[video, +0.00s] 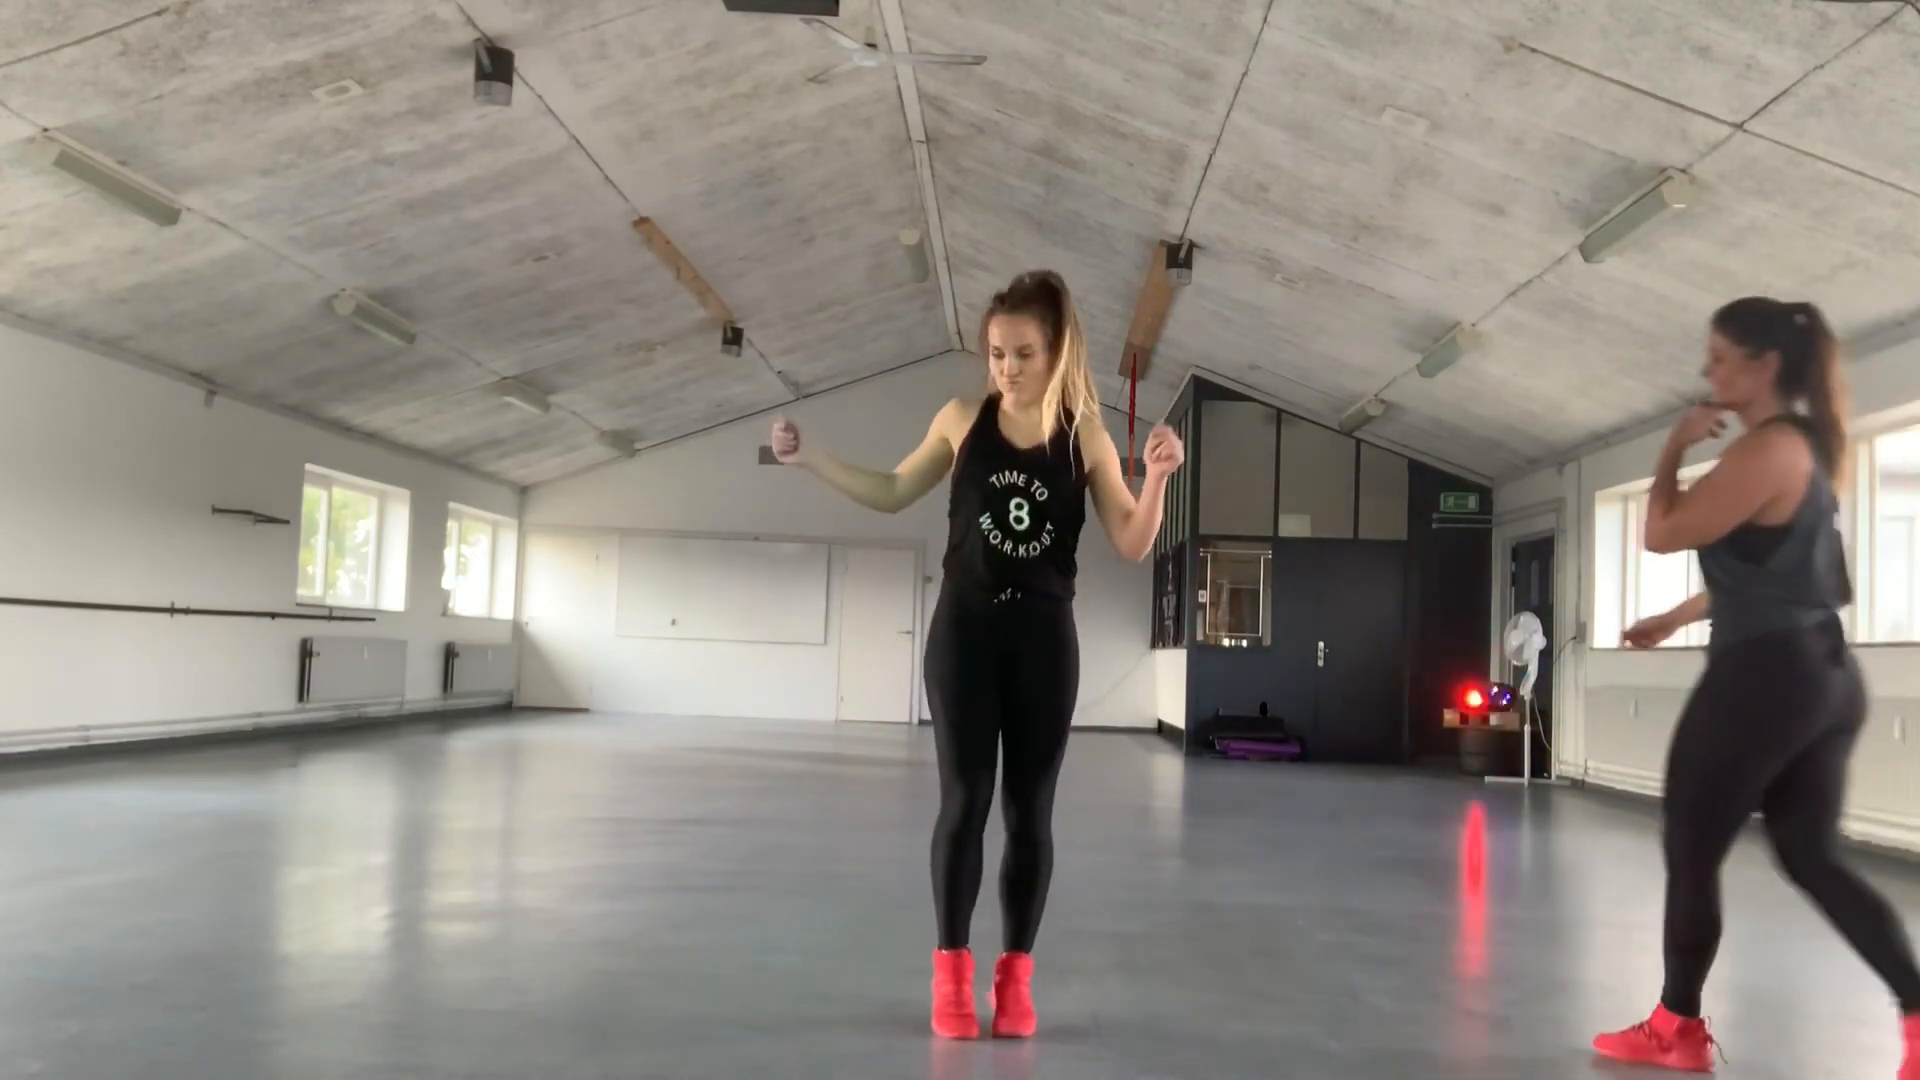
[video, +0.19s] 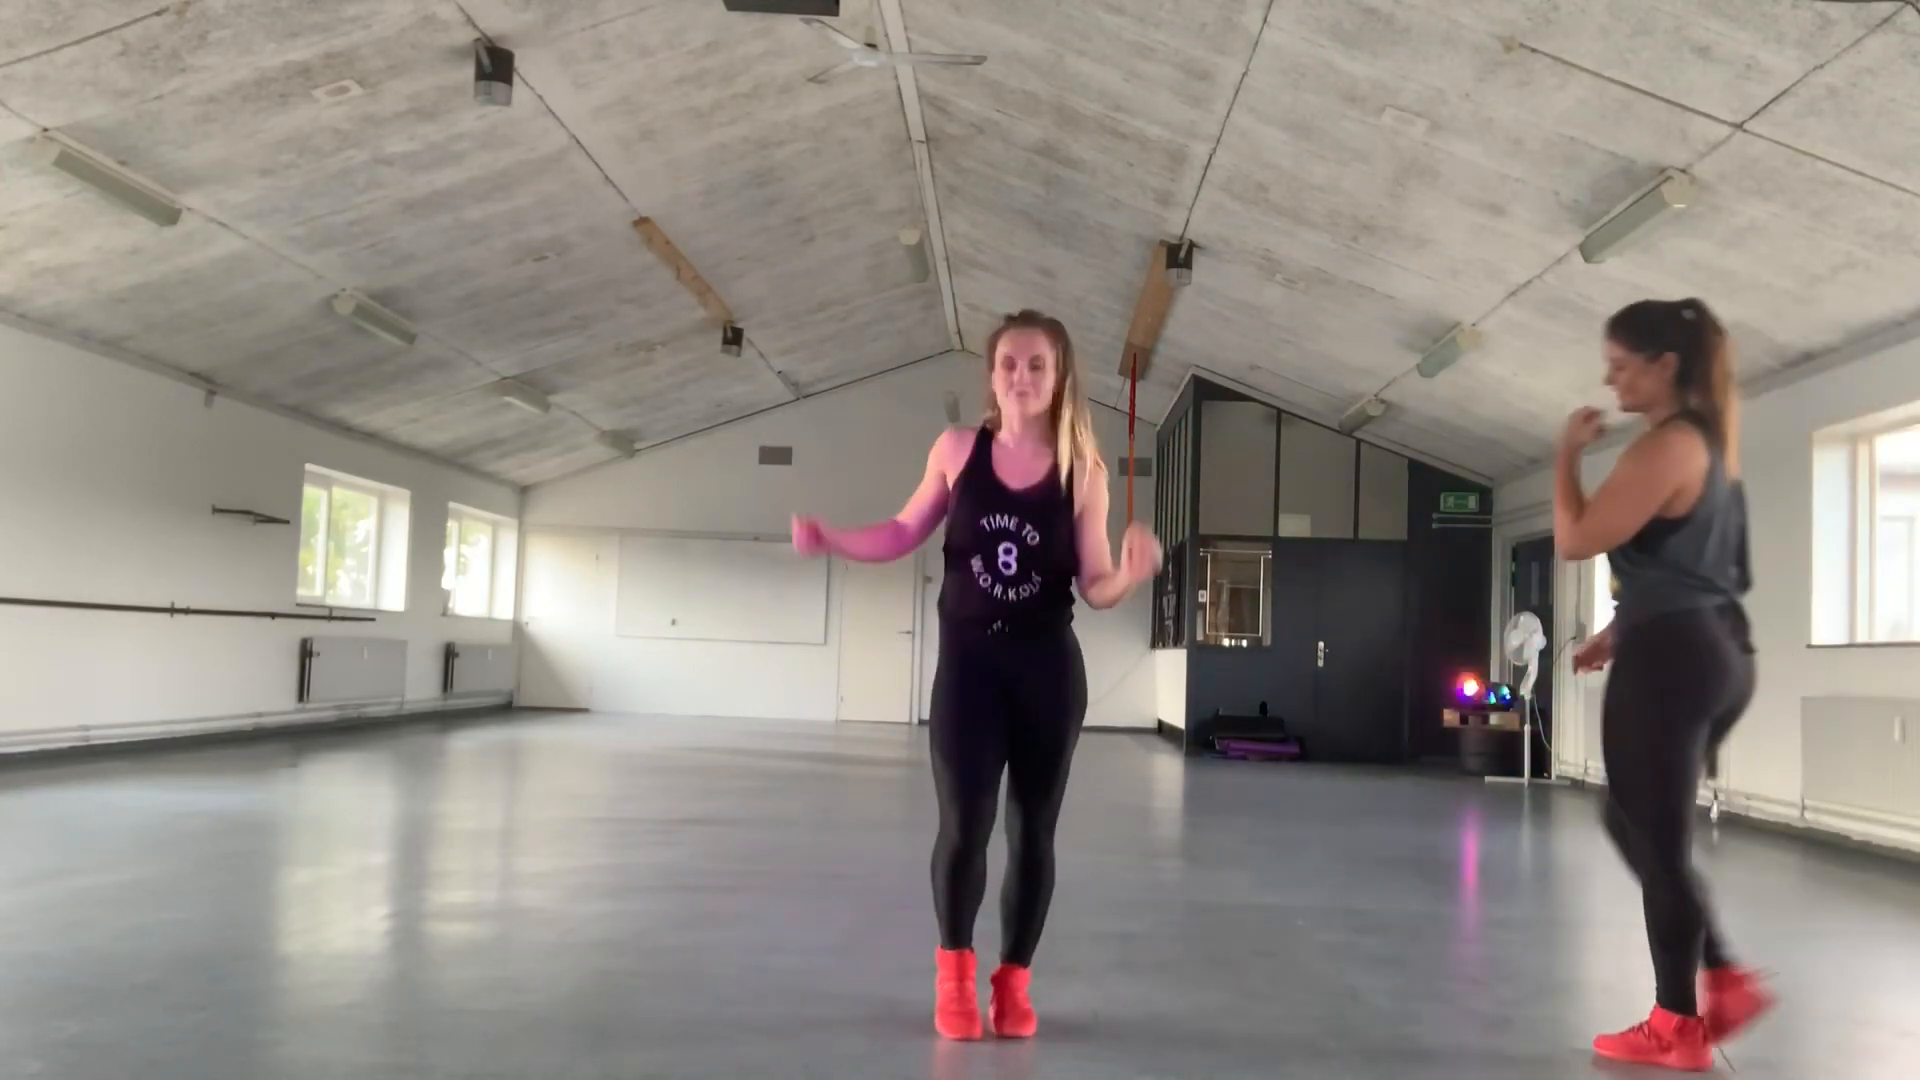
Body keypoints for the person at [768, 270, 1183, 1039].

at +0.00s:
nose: (1005, 369)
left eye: (1022, 353)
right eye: (994, 352)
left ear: (1059, 353)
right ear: (984, 351)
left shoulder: (1085, 432)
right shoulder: (963, 419)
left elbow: (1131, 544)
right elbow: (890, 492)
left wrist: (1156, 480)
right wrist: (804, 454)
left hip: (1044, 641)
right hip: (963, 635)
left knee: (1030, 812)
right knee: (964, 801)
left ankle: (1015, 972)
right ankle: (952, 970)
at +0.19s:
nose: (1020, 376)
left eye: (1035, 365)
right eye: (1008, 364)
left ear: (1060, 378)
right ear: (991, 375)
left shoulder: (1082, 469)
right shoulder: (958, 451)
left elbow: (1097, 589)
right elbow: (901, 534)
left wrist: (1131, 570)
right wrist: (831, 540)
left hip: (1049, 670)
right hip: (968, 668)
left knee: (1034, 830)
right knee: (964, 828)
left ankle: (1015, 977)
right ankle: (956, 970)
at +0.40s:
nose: (1021, 336)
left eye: (1034, 326)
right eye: (1008, 324)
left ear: (1051, 342)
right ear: (983, 338)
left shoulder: (1079, 428)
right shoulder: (948, 429)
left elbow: (1086, 542)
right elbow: (922, 536)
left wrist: (1081, 640)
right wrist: (895, 626)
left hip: (1037, 633)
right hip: (953, 630)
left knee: (1023, 806)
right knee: (958, 800)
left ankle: (1012, 970)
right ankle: (956, 970)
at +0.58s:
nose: (1013, 359)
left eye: (1026, 349)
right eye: (999, 348)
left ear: (1043, 365)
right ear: (975, 364)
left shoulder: (1069, 456)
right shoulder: (938, 441)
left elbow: (1088, 565)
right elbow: (911, 548)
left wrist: (1101, 663)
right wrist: (894, 643)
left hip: (1044, 658)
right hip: (958, 655)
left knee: (1023, 824)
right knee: (954, 820)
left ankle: (1004, 977)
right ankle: (952, 972)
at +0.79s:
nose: (1002, 338)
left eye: (1015, 327)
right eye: (988, 328)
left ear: (1037, 344)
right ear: (967, 348)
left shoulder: (1074, 428)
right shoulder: (941, 432)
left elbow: (1089, 534)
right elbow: (913, 538)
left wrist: (1097, 634)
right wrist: (873, 633)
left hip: (1036, 642)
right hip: (953, 640)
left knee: (1014, 813)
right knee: (954, 808)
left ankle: (1002, 974)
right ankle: (953, 973)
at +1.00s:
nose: (1008, 363)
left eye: (1023, 353)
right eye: (995, 352)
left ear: (1044, 372)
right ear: (976, 367)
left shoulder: (1069, 463)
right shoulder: (940, 444)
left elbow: (1090, 572)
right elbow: (915, 547)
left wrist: (1119, 665)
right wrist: (892, 631)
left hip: (1042, 666)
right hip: (959, 663)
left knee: (1022, 827)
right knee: (957, 824)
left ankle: (1005, 977)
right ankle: (951, 973)